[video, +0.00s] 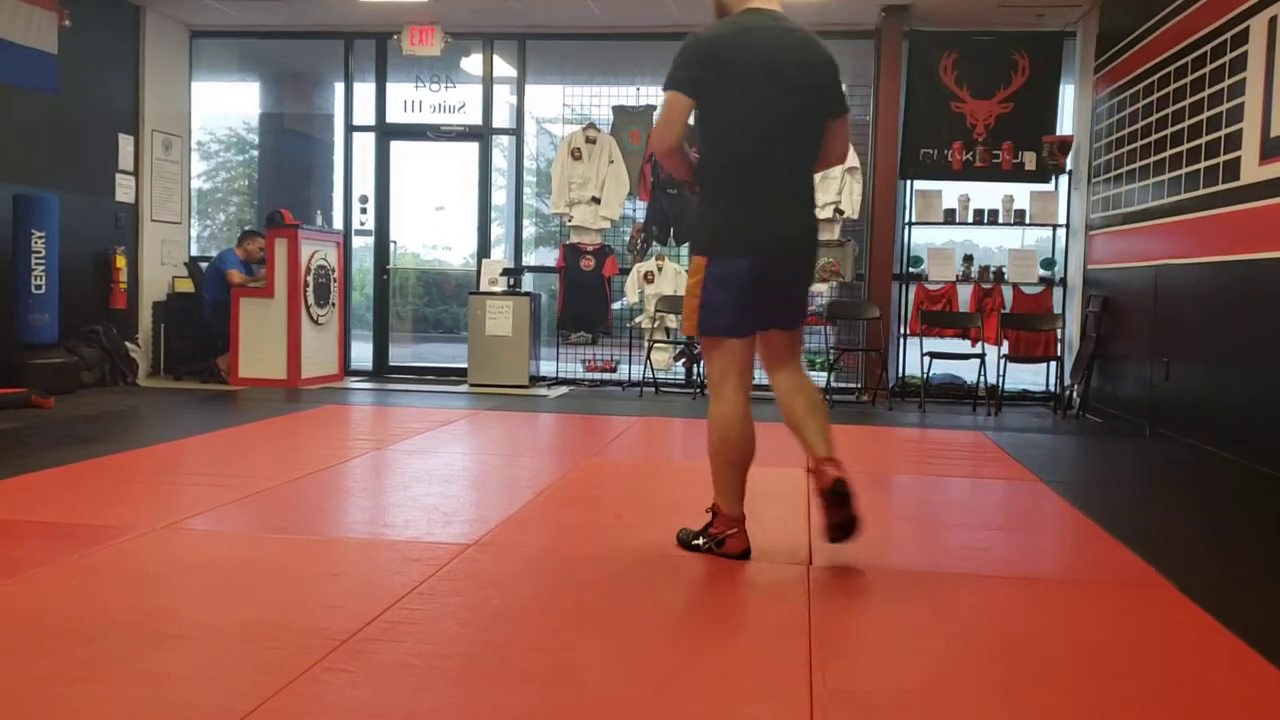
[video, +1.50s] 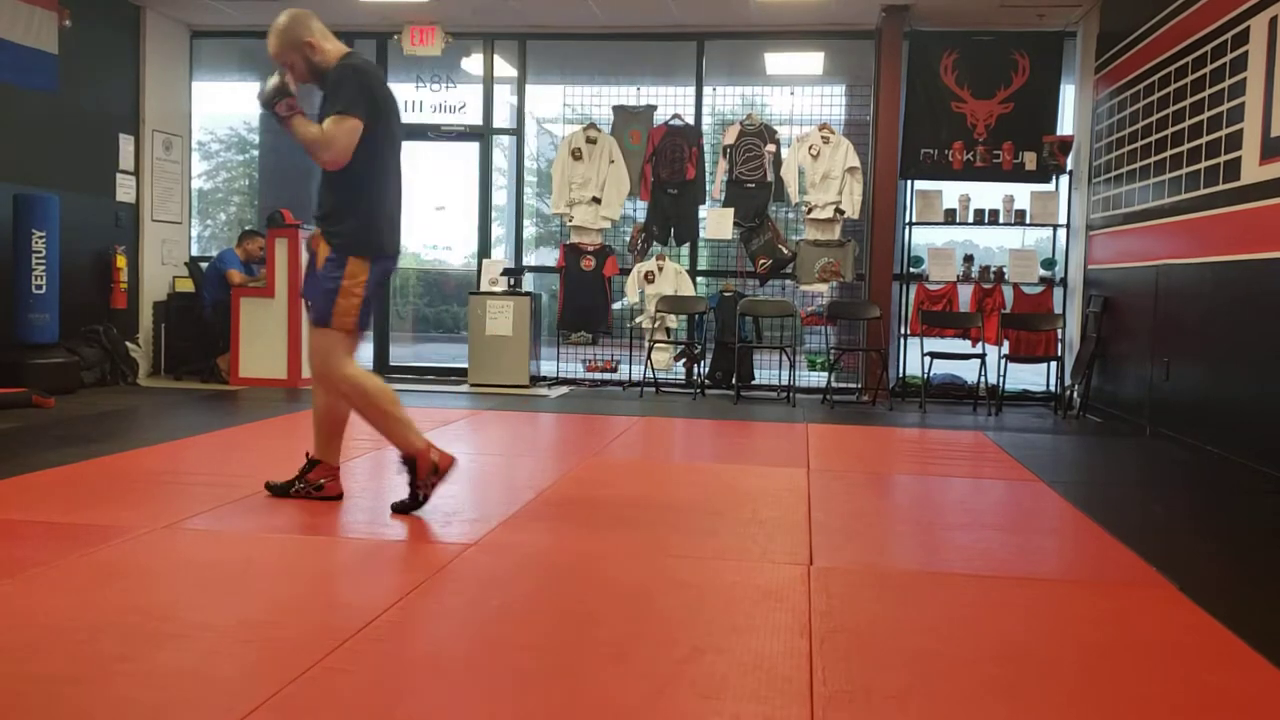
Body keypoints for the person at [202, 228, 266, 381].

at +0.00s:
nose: (262, 254)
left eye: (263, 251)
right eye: (260, 249)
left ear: (247, 245)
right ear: (246, 244)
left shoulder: (245, 263)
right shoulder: (229, 256)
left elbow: (252, 281)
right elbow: (235, 279)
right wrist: (257, 278)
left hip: (230, 308)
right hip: (214, 309)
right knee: (253, 331)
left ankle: (227, 363)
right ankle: (223, 362)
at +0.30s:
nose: (262, 254)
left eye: (263, 251)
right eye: (260, 249)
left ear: (248, 245)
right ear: (247, 244)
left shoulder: (246, 264)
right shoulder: (228, 256)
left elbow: (252, 283)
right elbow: (234, 280)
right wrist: (257, 278)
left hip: (230, 308)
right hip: (214, 309)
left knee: (259, 327)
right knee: (254, 330)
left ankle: (228, 362)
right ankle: (224, 361)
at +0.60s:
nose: (261, 253)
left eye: (262, 250)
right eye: (260, 249)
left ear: (247, 245)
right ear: (247, 244)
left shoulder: (245, 264)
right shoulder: (228, 255)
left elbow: (253, 281)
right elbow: (236, 280)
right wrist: (258, 278)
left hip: (229, 308)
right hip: (213, 309)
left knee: (257, 328)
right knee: (252, 331)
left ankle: (226, 363)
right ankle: (223, 362)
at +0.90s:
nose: (261, 253)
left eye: (262, 250)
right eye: (260, 249)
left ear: (248, 245)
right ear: (247, 244)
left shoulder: (246, 264)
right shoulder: (228, 255)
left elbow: (253, 282)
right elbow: (236, 280)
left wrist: (265, 276)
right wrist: (258, 278)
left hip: (230, 308)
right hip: (214, 309)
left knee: (258, 327)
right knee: (252, 331)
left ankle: (226, 363)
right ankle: (223, 362)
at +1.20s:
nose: (262, 254)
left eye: (263, 250)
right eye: (260, 249)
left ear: (248, 245)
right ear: (247, 244)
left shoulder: (246, 264)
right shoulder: (228, 256)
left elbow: (253, 284)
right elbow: (236, 280)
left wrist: (267, 277)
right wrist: (259, 279)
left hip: (230, 308)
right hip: (213, 308)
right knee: (252, 332)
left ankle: (226, 363)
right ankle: (223, 363)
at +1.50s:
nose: (261, 254)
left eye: (262, 250)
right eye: (260, 249)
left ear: (248, 245)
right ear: (247, 244)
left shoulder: (246, 264)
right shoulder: (228, 255)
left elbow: (252, 284)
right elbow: (235, 280)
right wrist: (258, 278)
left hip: (230, 308)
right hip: (213, 309)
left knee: (259, 327)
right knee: (253, 330)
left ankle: (227, 363)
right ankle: (224, 362)